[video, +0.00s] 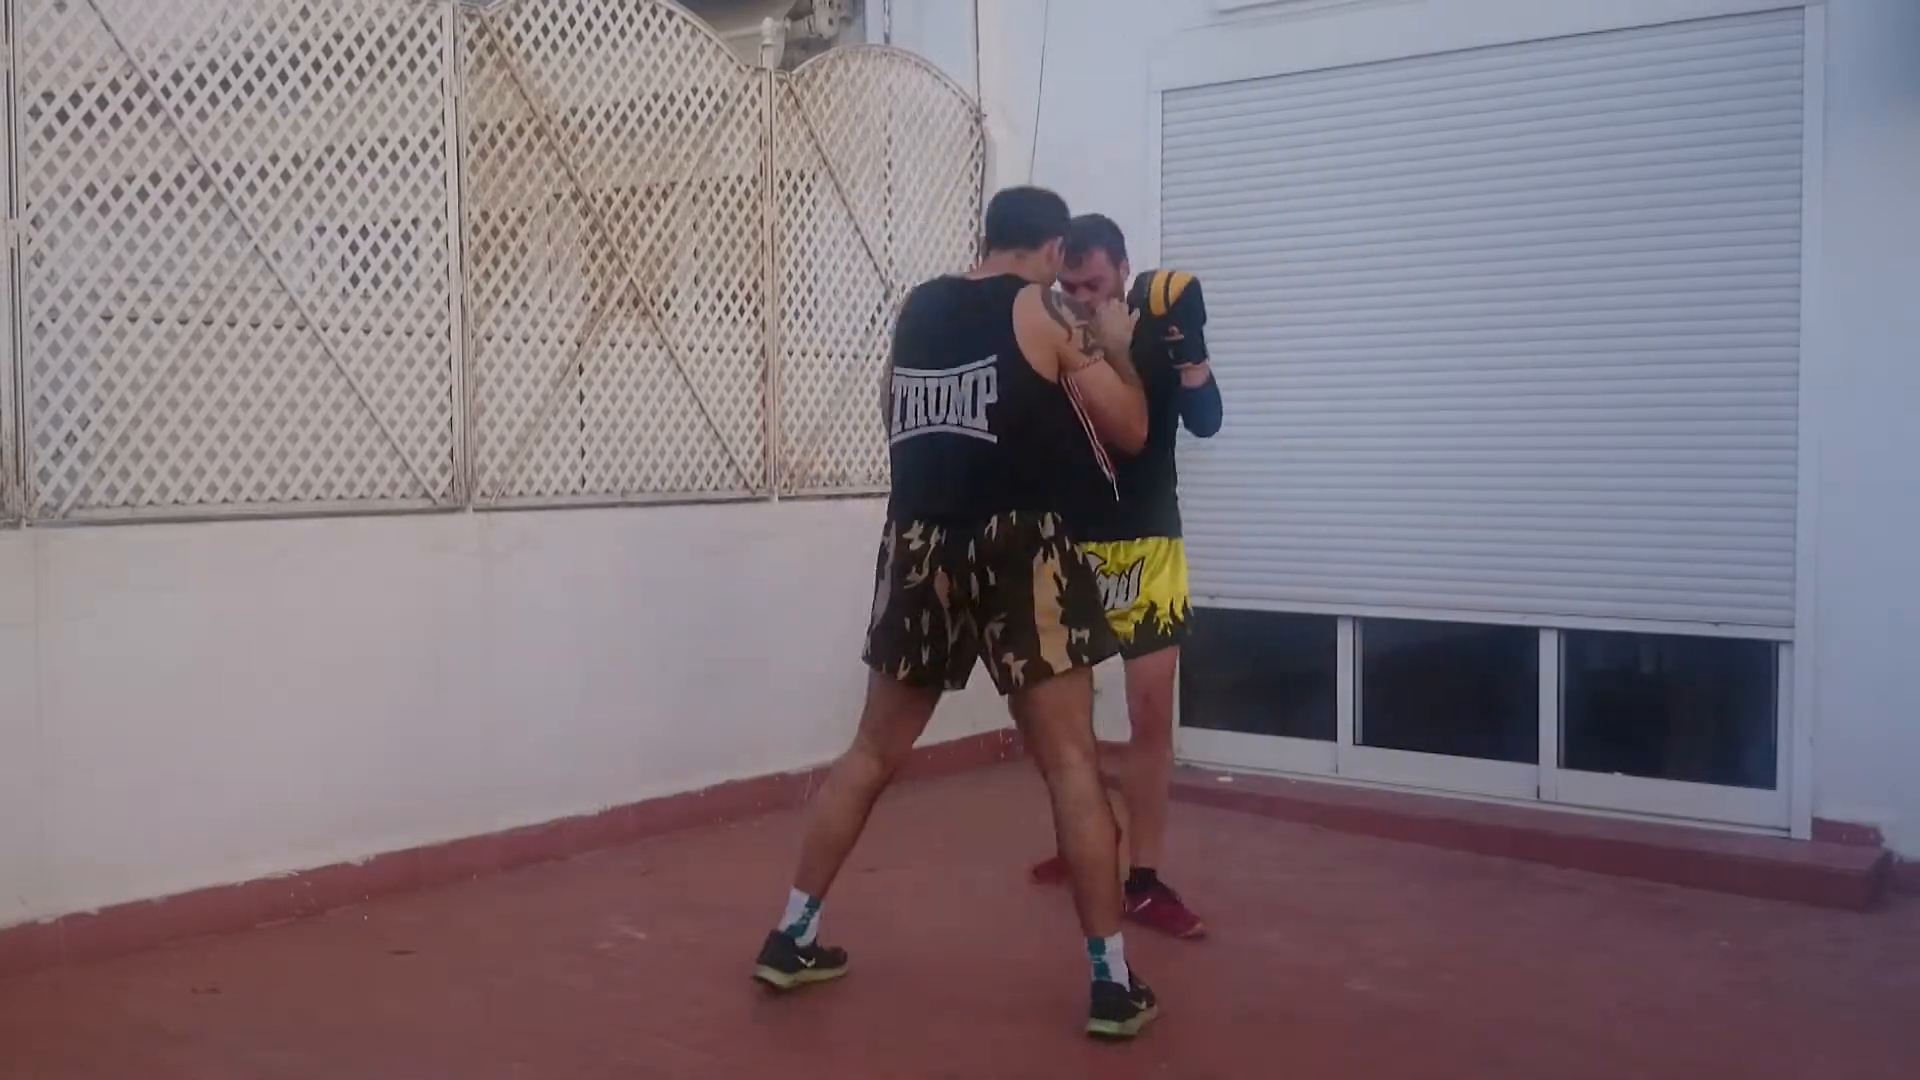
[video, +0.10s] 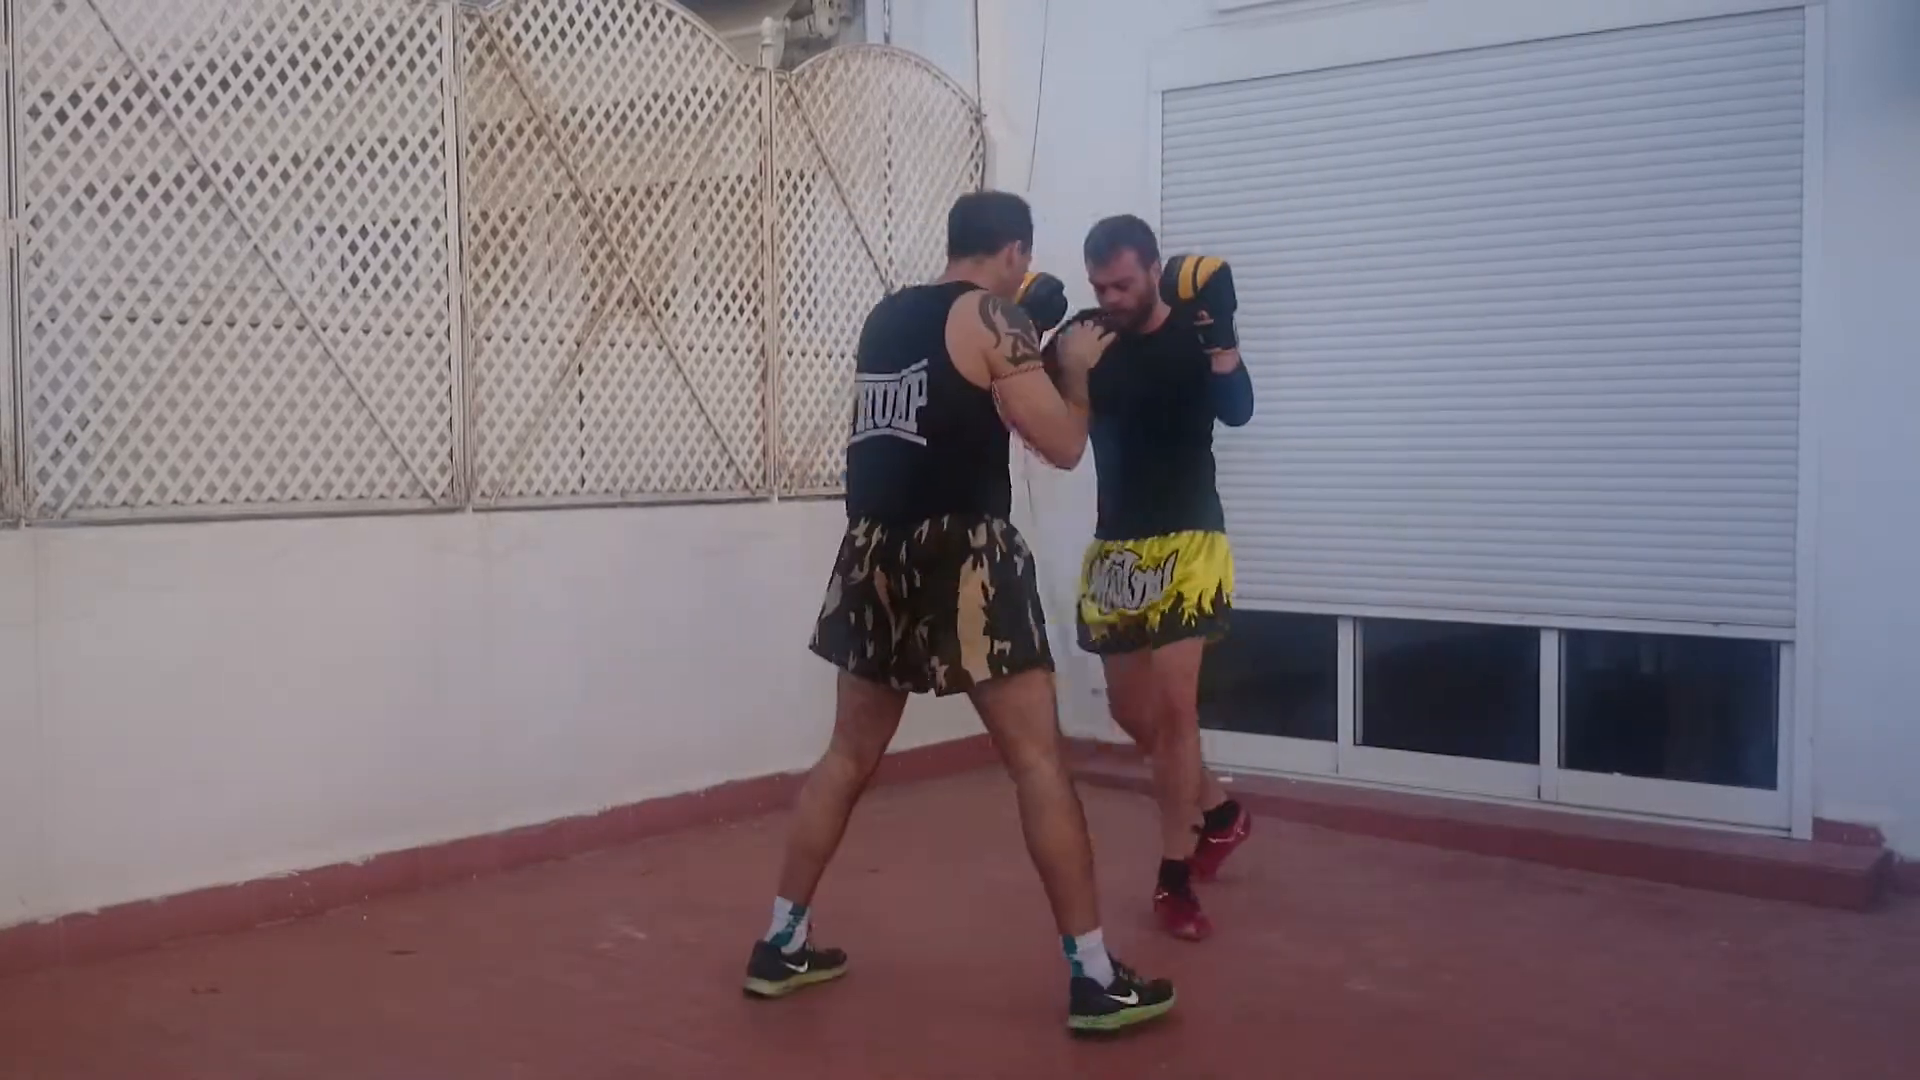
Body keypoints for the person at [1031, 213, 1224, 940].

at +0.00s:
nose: (1090, 297)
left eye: (1101, 284)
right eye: (1078, 286)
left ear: (1124, 275)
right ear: (1058, 281)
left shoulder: (1154, 337)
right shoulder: (1043, 340)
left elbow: (1205, 422)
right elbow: (1022, 425)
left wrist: (1184, 347)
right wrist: (1065, 348)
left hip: (1147, 542)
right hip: (1064, 542)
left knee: (1152, 714)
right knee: (1063, 712)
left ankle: (1142, 875)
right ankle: (1085, 845)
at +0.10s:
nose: (1110, 298)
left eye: (1122, 284)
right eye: (1100, 286)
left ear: (1154, 272)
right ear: (1091, 282)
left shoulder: (1194, 335)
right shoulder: (1089, 342)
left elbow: (1238, 413)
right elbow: (1054, 426)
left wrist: (1219, 337)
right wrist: (1041, 352)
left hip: (1184, 539)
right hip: (1116, 543)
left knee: (1176, 708)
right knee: (1133, 712)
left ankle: (1173, 875)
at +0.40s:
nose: (1178, 311)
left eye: (1188, 296)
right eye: (1169, 301)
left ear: (1226, 285)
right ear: (1165, 304)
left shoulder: (1277, 342)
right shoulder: (1182, 360)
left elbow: (1287, 439)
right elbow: (1121, 435)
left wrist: (1232, 364)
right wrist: (1101, 378)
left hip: (1292, 543)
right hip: (1229, 548)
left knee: (1304, 708)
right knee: (1234, 707)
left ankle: (1374, 871)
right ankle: (1280, 846)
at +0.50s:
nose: (1209, 302)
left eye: (1217, 286)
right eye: (1198, 294)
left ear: (1251, 276)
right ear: (1197, 301)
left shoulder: (1301, 334)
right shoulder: (1212, 359)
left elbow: (1301, 416)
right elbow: (1141, 423)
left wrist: (1247, 345)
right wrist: (1124, 366)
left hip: (1325, 548)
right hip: (1261, 551)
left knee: (1341, 720)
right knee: (1253, 700)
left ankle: (1392, 883)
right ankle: (1301, 841)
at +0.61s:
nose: (1227, 304)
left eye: (1234, 289)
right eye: (1216, 296)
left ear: (1270, 278)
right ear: (1213, 302)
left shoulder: (1327, 337)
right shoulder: (1231, 359)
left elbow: (1330, 411)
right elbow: (1157, 423)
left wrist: (1273, 346)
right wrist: (1148, 362)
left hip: (1344, 550)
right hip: (1280, 554)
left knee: (1355, 721)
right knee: (1291, 710)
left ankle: (1397, 885)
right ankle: (1360, 834)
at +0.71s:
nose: (1244, 311)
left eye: (1252, 295)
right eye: (1232, 301)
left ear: (1288, 282)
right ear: (1226, 303)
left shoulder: (1343, 346)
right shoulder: (1233, 362)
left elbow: (1349, 436)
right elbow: (1155, 424)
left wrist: (1303, 358)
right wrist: (1158, 359)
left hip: (1358, 550)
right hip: (1296, 559)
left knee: (1369, 720)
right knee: (1328, 723)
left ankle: (1405, 880)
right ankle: (1371, 851)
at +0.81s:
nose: (1267, 309)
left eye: (1276, 294)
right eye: (1254, 302)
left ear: (1309, 279)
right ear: (1246, 303)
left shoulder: (1359, 343)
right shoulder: (1251, 354)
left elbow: (1359, 424)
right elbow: (1171, 420)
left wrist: (1308, 356)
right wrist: (1170, 362)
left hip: (1371, 549)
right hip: (1295, 555)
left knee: (1391, 714)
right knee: (1272, 710)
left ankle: (1452, 857)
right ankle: (1352, 824)